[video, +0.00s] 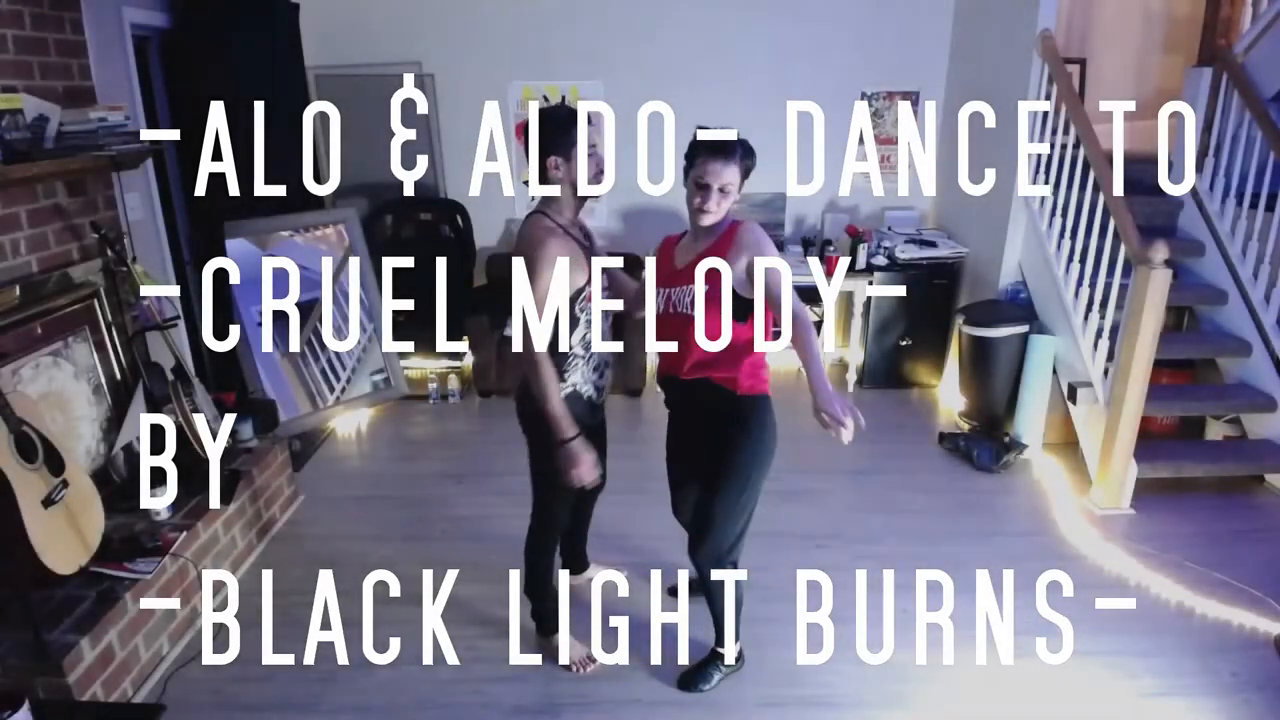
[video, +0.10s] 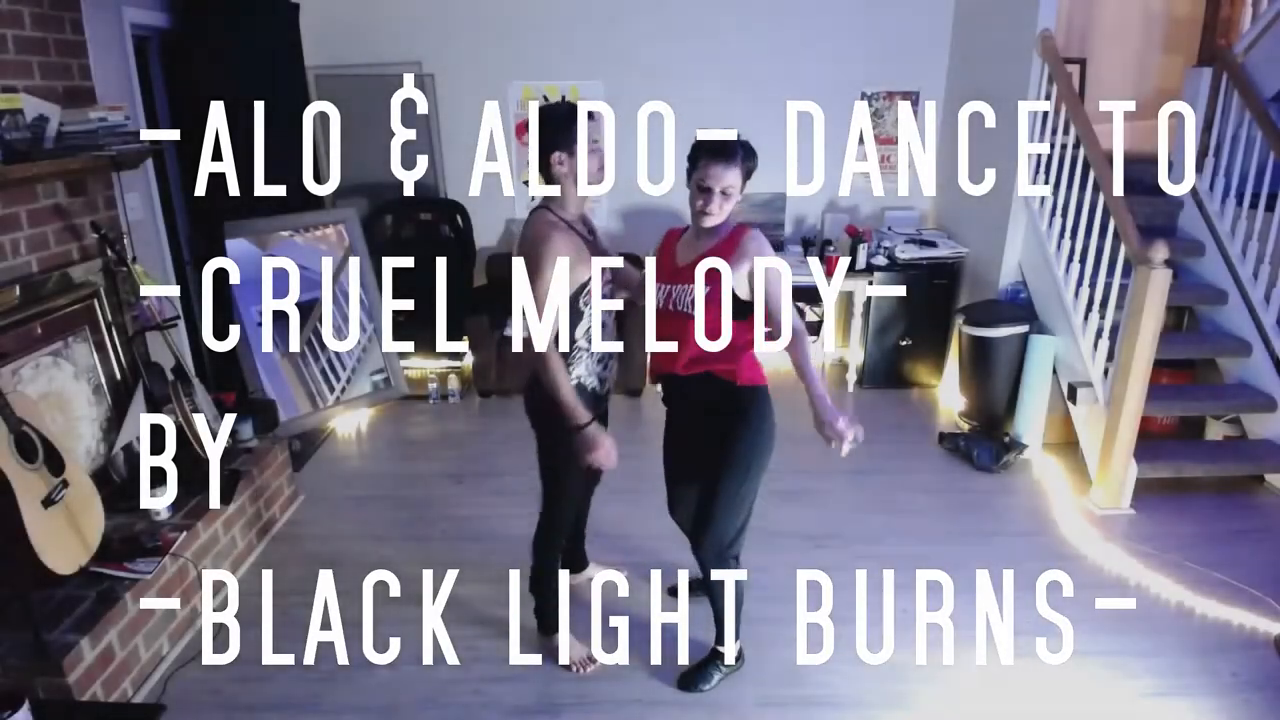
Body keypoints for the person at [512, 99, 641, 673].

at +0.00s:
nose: (603, 162)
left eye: (603, 150)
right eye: (590, 150)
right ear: (556, 165)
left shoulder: (576, 226)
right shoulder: (545, 237)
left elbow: (577, 300)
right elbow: (534, 345)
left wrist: (618, 295)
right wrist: (568, 437)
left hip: (583, 388)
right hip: (553, 395)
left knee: (586, 486)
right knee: (552, 516)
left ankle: (575, 580)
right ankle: (550, 638)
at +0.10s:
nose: (603, 159)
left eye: (603, 148)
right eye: (591, 149)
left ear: (583, 161)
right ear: (558, 163)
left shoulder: (578, 221)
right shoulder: (549, 235)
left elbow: (584, 293)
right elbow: (543, 345)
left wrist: (620, 290)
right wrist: (586, 428)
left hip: (588, 383)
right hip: (559, 389)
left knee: (579, 496)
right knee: (559, 514)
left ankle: (575, 582)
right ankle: (555, 637)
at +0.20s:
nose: (604, 157)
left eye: (603, 147)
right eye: (592, 148)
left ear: (580, 160)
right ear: (560, 161)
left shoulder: (579, 220)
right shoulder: (551, 234)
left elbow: (585, 288)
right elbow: (547, 346)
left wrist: (620, 281)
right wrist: (588, 421)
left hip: (588, 380)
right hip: (562, 387)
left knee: (577, 492)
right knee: (567, 508)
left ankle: (567, 579)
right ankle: (558, 635)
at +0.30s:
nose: (604, 159)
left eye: (603, 149)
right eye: (593, 150)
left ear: (582, 160)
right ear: (563, 161)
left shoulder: (579, 218)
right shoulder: (554, 234)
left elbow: (589, 275)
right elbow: (549, 345)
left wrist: (631, 270)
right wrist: (587, 417)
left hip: (587, 376)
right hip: (565, 384)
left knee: (581, 493)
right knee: (583, 507)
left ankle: (572, 570)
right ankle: (556, 630)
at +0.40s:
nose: (606, 160)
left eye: (604, 150)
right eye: (595, 151)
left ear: (579, 163)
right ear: (565, 163)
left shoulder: (575, 219)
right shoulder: (557, 236)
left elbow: (594, 268)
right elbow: (550, 345)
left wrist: (637, 268)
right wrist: (587, 416)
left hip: (584, 375)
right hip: (566, 383)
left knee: (578, 486)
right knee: (596, 499)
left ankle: (570, 571)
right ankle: (555, 620)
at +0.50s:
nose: (610, 162)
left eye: (607, 151)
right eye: (600, 152)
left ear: (568, 165)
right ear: (572, 163)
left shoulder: (569, 219)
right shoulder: (562, 234)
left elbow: (583, 270)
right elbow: (551, 341)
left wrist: (636, 263)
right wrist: (589, 413)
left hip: (574, 374)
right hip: (570, 382)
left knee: (571, 482)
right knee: (613, 495)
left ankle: (571, 578)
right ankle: (565, 607)